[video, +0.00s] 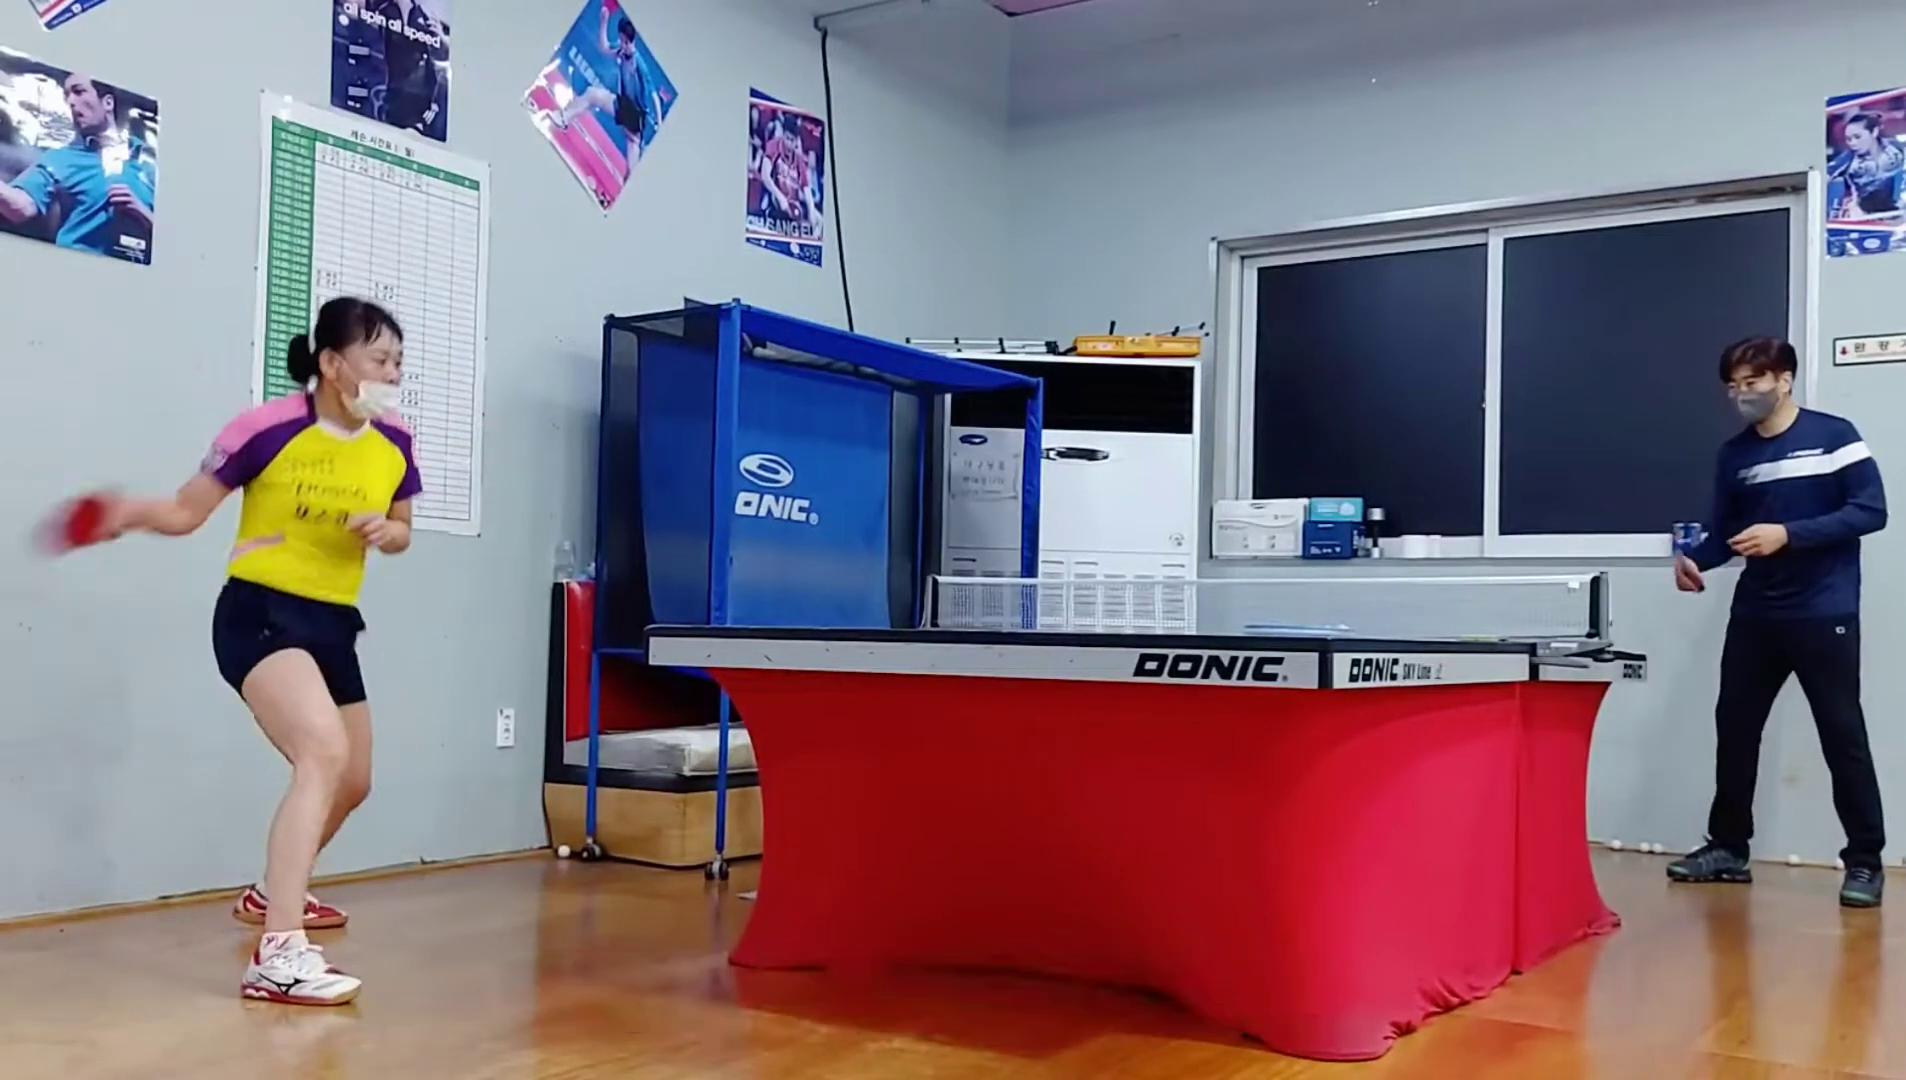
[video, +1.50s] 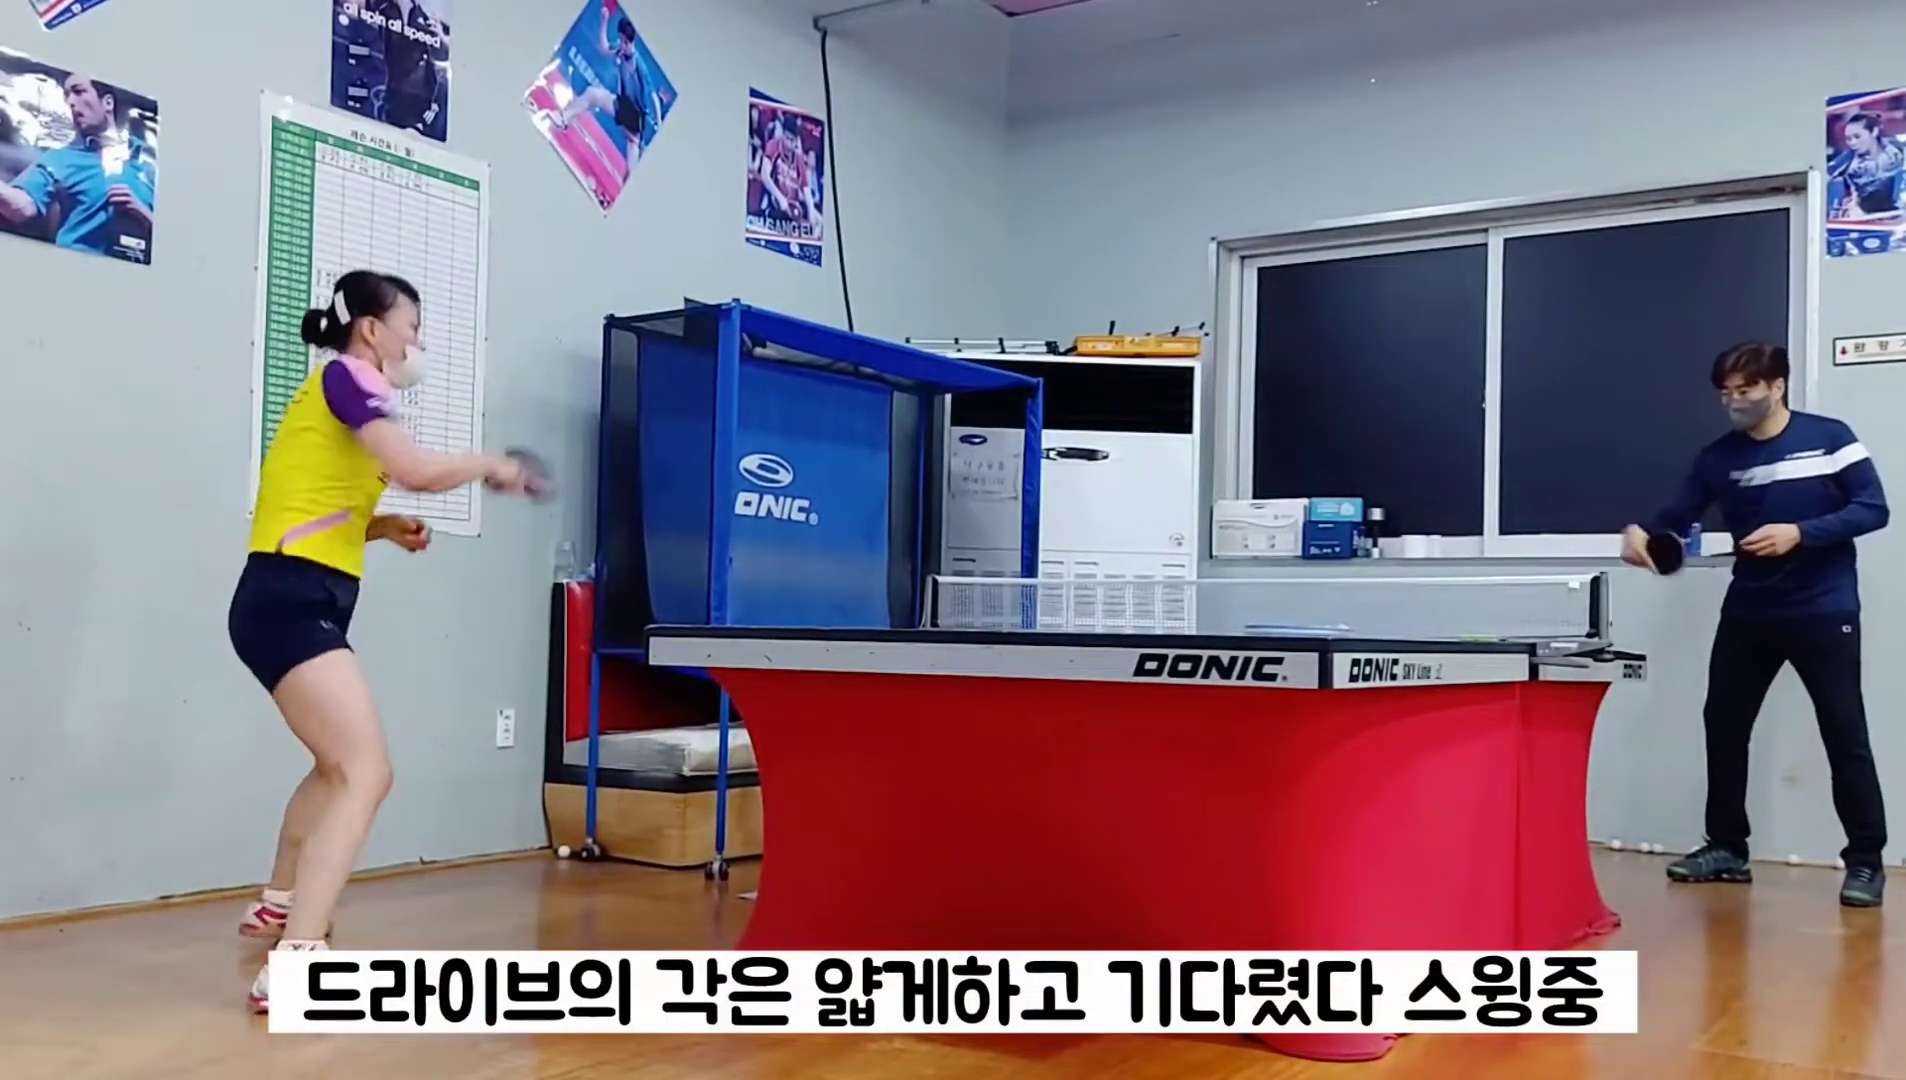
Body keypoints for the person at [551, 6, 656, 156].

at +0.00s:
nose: (621, 41)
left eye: (623, 38)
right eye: (621, 37)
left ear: (626, 39)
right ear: (621, 38)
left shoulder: (631, 56)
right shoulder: (622, 53)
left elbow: (630, 54)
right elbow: (604, 50)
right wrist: (604, 22)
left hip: (628, 108)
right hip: (637, 114)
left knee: (592, 94)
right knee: (633, 143)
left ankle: (563, 118)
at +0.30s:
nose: (622, 43)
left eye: (625, 40)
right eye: (622, 39)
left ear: (629, 41)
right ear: (620, 38)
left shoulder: (633, 58)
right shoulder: (621, 53)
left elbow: (632, 57)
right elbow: (604, 50)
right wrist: (603, 23)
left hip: (629, 108)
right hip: (637, 115)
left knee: (592, 95)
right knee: (633, 143)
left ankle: (562, 118)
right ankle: (629, 176)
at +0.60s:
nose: (622, 42)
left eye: (624, 39)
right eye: (621, 39)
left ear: (628, 40)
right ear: (620, 38)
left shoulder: (633, 57)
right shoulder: (621, 53)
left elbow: (632, 56)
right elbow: (603, 50)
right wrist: (603, 23)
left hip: (628, 108)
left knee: (593, 94)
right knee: (633, 146)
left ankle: (562, 118)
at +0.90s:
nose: (622, 43)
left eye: (624, 40)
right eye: (622, 39)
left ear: (628, 41)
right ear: (621, 38)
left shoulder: (632, 57)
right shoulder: (621, 53)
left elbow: (632, 57)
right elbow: (604, 50)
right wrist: (604, 22)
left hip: (628, 108)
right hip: (637, 114)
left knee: (592, 94)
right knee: (633, 145)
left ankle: (562, 118)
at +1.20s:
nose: (622, 43)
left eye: (624, 40)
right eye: (622, 39)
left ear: (628, 41)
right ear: (620, 38)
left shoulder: (633, 58)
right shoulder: (621, 52)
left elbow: (632, 57)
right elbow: (604, 50)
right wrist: (604, 23)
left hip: (629, 108)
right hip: (637, 114)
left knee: (592, 94)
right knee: (633, 145)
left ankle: (563, 118)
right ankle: (629, 180)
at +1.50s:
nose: (621, 42)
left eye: (624, 40)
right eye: (621, 39)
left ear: (628, 40)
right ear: (619, 38)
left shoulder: (631, 57)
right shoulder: (621, 53)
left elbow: (630, 55)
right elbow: (604, 50)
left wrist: (628, 50)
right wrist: (604, 22)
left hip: (628, 107)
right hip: (636, 114)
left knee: (592, 94)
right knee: (633, 144)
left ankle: (562, 118)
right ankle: (629, 179)